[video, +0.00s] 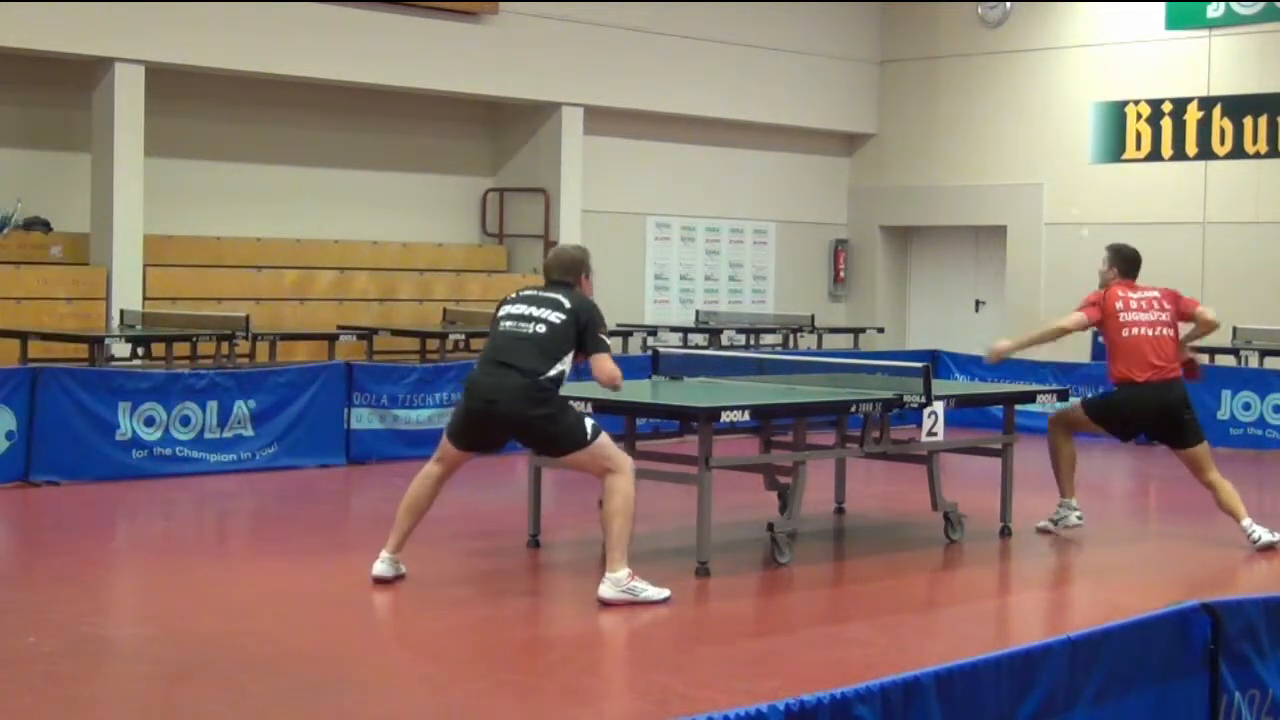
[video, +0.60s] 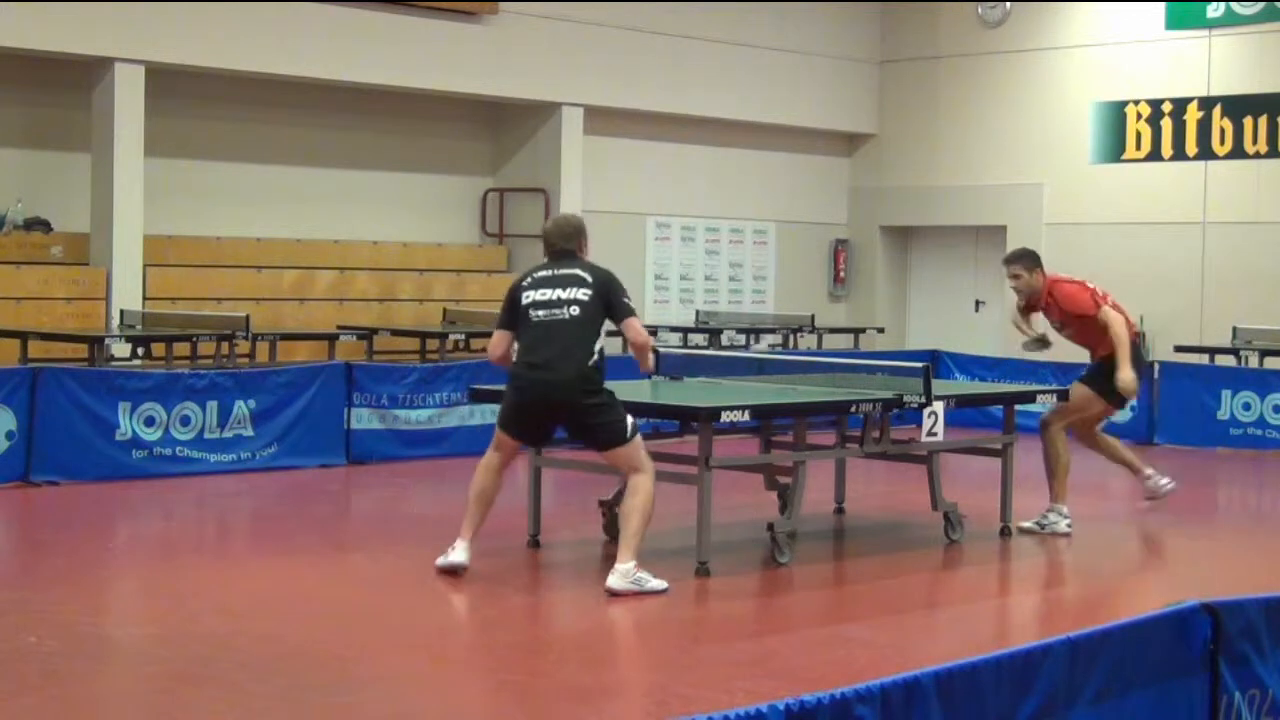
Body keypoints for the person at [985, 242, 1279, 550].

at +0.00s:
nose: (1099, 273)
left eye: (1102, 268)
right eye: (1100, 268)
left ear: (1112, 270)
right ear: (1135, 272)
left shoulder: (1106, 297)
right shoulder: (1165, 296)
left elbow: (1065, 327)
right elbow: (1210, 320)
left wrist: (1011, 346)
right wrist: (1182, 342)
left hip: (1131, 399)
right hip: (1174, 398)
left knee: (1060, 423)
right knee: (1211, 475)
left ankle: (1067, 508)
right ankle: (1251, 528)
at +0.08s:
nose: (1094, 277)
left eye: (1097, 272)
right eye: (1096, 271)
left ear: (1107, 275)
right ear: (1129, 277)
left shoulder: (1102, 301)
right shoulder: (1162, 295)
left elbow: (1079, 329)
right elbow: (1212, 306)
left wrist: (1027, 355)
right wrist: (1196, 323)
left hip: (1129, 401)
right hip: (1173, 400)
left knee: (1056, 417)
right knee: (1209, 477)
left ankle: (1064, 500)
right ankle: (1250, 528)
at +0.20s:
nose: (1069, 299)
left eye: (1070, 293)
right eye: (1069, 293)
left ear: (1082, 290)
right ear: (1099, 288)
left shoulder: (1090, 309)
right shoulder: (1138, 295)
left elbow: (1078, 331)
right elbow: (1177, 281)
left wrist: (1034, 356)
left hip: (1124, 409)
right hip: (1164, 406)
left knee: (1048, 429)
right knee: (1199, 484)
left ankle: (1056, 514)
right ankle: (1250, 530)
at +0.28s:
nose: (1040, 309)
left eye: (1040, 302)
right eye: (1038, 302)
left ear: (1056, 296)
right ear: (1067, 293)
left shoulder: (1079, 310)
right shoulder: (1106, 292)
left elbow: (1079, 328)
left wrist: (1042, 349)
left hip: (1120, 399)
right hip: (1156, 397)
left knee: (1044, 430)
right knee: (1184, 482)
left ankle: (1056, 514)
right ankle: (1245, 527)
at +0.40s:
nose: (1022, 306)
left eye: (1025, 299)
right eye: (1020, 299)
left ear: (1045, 291)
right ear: (1045, 287)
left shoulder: (1068, 303)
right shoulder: (1062, 284)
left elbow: (1083, 317)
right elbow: (1048, 305)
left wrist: (1060, 339)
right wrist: (1035, 329)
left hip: (1119, 380)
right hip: (1147, 378)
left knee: (1043, 429)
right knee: (1159, 467)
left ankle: (1056, 513)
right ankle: (1222, 497)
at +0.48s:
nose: (1018, 297)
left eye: (1021, 289)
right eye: (1015, 290)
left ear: (1039, 283)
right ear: (1040, 282)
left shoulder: (1062, 299)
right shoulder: (1052, 286)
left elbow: (1094, 317)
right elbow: (1013, 295)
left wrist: (1083, 345)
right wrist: (1021, 322)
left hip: (1120, 370)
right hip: (1140, 367)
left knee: (1049, 426)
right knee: (1134, 454)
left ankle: (1057, 514)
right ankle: (1198, 481)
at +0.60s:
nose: (1012, 285)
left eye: (1016, 278)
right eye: (1009, 278)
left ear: (1036, 274)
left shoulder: (1064, 292)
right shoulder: (1037, 295)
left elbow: (1115, 319)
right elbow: (1020, 316)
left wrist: (1124, 368)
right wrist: (1034, 335)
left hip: (1117, 359)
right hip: (1110, 357)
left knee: (1052, 423)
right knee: (1085, 431)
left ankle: (1058, 512)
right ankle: (1151, 479)